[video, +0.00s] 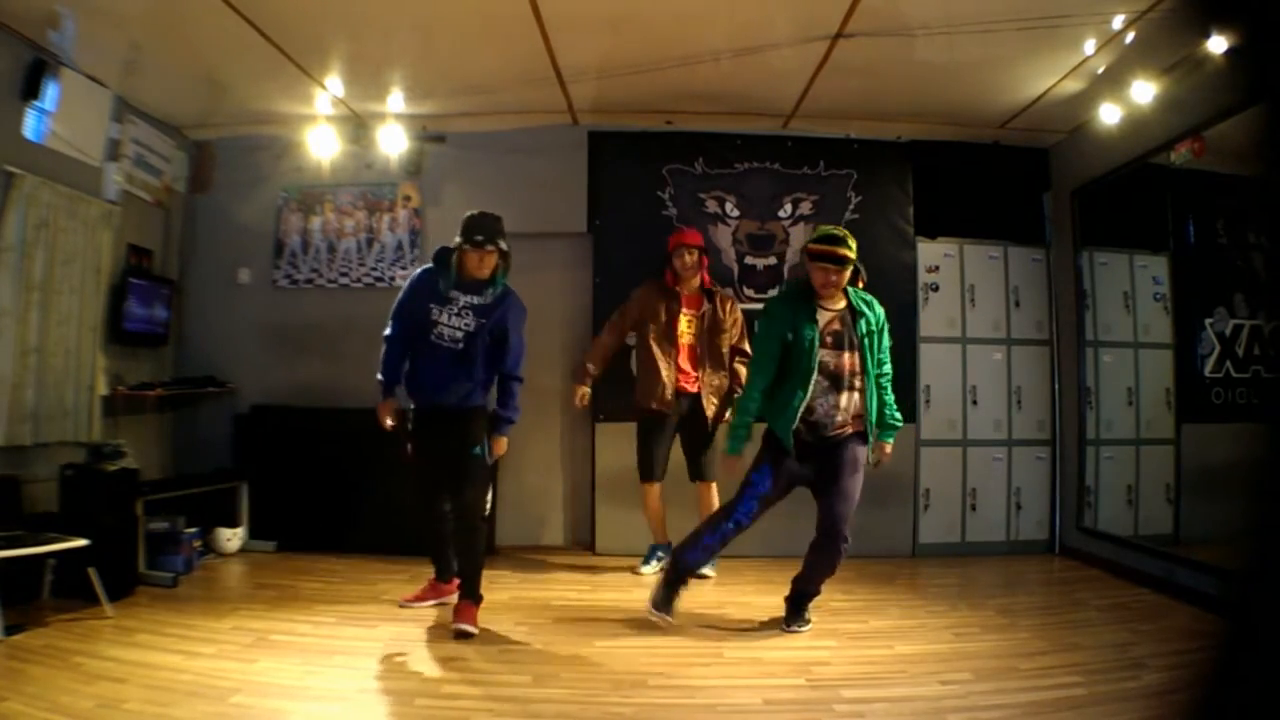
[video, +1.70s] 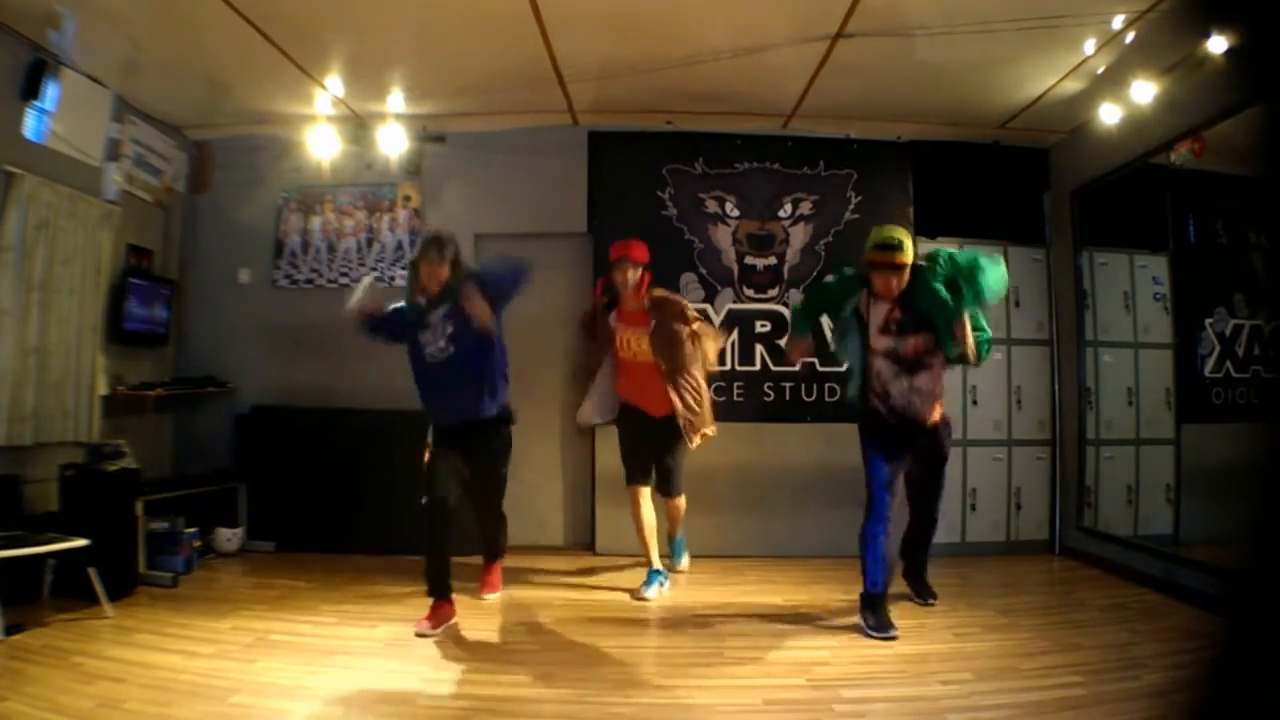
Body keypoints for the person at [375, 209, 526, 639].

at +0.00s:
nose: (484, 260)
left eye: (492, 252)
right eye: (477, 250)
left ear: (500, 256)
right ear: (459, 249)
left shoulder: (506, 305)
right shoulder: (425, 283)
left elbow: (511, 373)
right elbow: (395, 336)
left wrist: (502, 427)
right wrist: (388, 393)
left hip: (474, 411)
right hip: (428, 407)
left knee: (470, 505)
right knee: (432, 496)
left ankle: (469, 601)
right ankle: (445, 577)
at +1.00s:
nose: (443, 237)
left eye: (450, 229)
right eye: (434, 229)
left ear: (461, 235)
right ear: (421, 236)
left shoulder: (483, 279)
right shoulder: (399, 289)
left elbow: (504, 336)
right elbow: (382, 353)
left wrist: (490, 374)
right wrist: (396, 404)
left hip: (473, 407)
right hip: (423, 408)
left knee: (477, 501)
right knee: (420, 502)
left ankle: (478, 599)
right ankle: (425, 594)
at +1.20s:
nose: (458, 249)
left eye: (466, 241)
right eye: (450, 241)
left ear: (477, 244)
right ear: (435, 243)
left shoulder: (496, 286)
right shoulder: (412, 279)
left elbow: (512, 347)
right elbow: (375, 324)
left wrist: (472, 384)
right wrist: (397, 374)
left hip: (475, 414)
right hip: (422, 411)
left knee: (476, 506)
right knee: (418, 501)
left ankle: (468, 600)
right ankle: (421, 593)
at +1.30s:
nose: (459, 260)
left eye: (467, 252)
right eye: (451, 252)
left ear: (480, 256)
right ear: (439, 254)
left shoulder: (495, 306)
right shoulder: (419, 298)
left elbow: (500, 376)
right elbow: (402, 363)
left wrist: (498, 439)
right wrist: (394, 419)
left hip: (475, 419)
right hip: (428, 417)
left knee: (472, 508)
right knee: (414, 483)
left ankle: (466, 600)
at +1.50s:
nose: (440, 256)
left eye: (448, 248)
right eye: (433, 248)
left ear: (464, 248)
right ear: (423, 252)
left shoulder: (489, 288)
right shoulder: (420, 293)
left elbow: (507, 349)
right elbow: (416, 348)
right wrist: (377, 375)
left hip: (486, 404)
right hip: (443, 404)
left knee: (475, 486)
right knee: (431, 474)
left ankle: (477, 573)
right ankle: (437, 537)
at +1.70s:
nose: (430, 274)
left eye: (437, 266)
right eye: (424, 266)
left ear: (452, 267)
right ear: (416, 268)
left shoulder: (477, 294)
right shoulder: (412, 315)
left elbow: (518, 272)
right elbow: (382, 326)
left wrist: (478, 284)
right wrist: (366, 315)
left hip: (488, 421)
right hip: (445, 425)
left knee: (486, 501)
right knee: (438, 508)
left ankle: (493, 563)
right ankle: (441, 600)